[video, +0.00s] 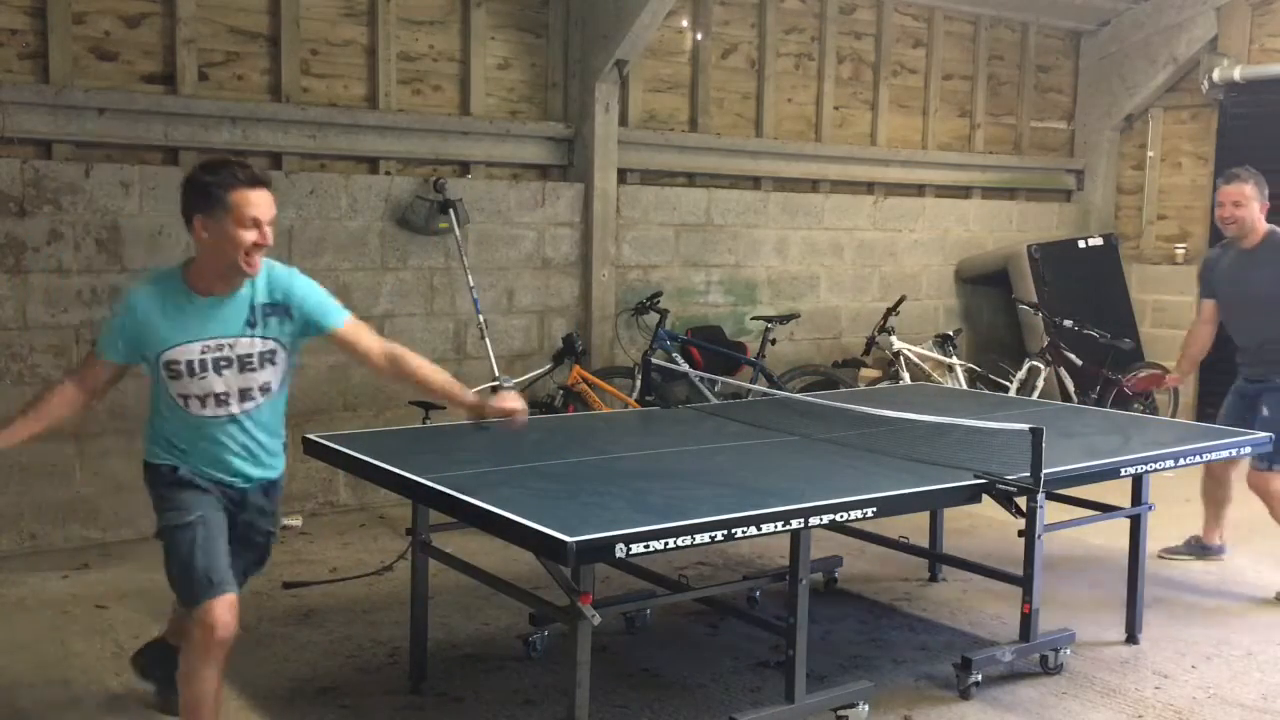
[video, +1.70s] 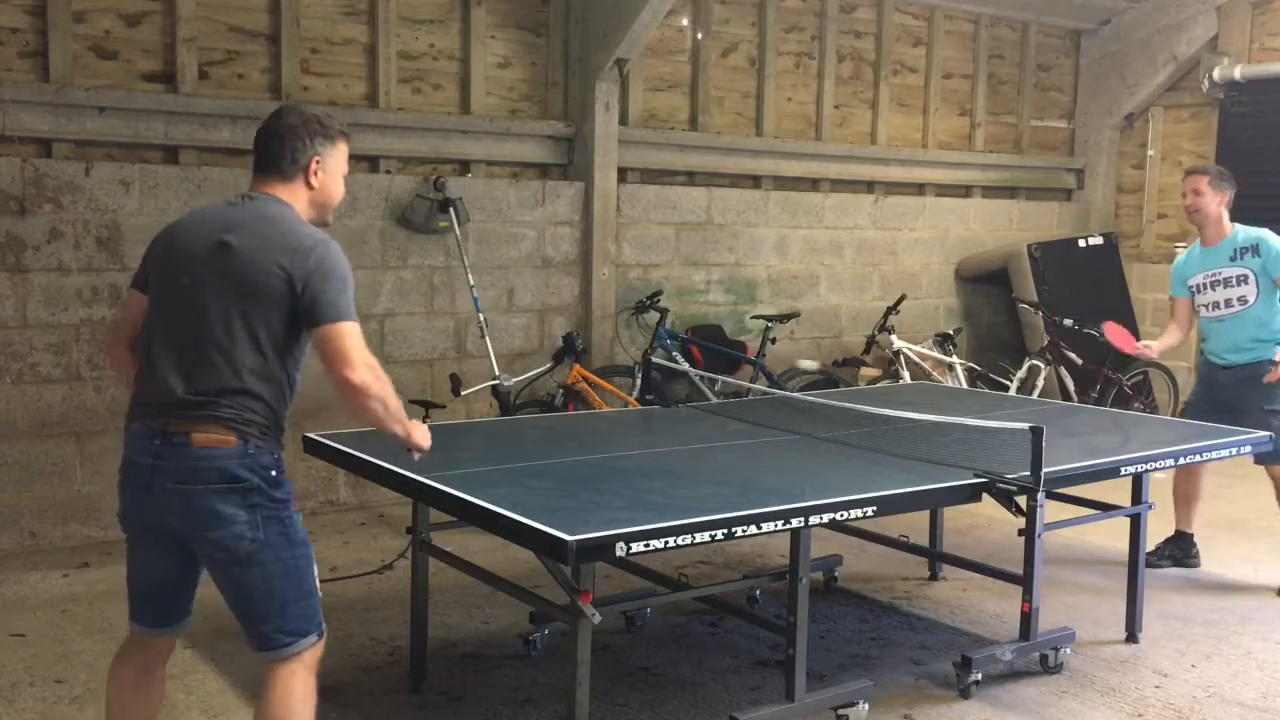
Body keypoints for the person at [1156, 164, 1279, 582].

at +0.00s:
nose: (1226, 213)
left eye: (1236, 204)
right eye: (1220, 205)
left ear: (1262, 207)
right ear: (1215, 209)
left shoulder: (1276, 247)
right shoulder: (1216, 262)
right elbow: (1205, 324)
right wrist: (1179, 372)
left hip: (1278, 381)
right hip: (1248, 379)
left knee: (1263, 476)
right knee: (1218, 459)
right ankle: (1210, 538)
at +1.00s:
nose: (1173, 200)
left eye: (1179, 192)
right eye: (1173, 192)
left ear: (1202, 192)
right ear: (1200, 193)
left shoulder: (1224, 234)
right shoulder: (1204, 233)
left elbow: (1245, 303)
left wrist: (1230, 362)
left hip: (1223, 358)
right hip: (1205, 353)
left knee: (1214, 455)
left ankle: (1244, 555)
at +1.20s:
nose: (1249, 195)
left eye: (1258, 188)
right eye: (1252, 188)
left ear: (1278, 198)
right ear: (1269, 199)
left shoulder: (1276, 253)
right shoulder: (1273, 254)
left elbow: (1243, 305)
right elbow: (1244, 307)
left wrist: (1208, 284)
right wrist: (1206, 283)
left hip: (1273, 374)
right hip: (1268, 372)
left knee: (1235, 448)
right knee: (1233, 448)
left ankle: (1195, 531)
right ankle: (1195, 531)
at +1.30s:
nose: (1225, 200)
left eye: (1234, 193)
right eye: (1229, 192)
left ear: (1261, 200)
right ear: (1253, 201)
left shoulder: (1274, 247)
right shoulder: (1246, 260)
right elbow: (1212, 307)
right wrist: (1159, 299)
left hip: (1271, 375)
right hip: (1251, 376)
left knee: (1223, 459)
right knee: (1219, 457)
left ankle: (1187, 539)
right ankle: (1187, 540)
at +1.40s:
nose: (1207, 203)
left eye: (1215, 197)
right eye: (1209, 196)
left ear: (1244, 203)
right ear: (1232, 204)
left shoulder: (1273, 249)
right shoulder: (1216, 267)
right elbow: (1176, 315)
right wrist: (1113, 322)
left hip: (1273, 380)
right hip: (1233, 379)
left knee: (1276, 471)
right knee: (1202, 452)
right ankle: (1184, 539)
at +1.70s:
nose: (1188, 202)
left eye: (1197, 193)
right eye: (1185, 195)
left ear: (1224, 197)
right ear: (1184, 203)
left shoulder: (1263, 243)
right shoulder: (1184, 264)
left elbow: (1279, 299)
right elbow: (1180, 326)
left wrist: (1279, 360)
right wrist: (1157, 345)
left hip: (1262, 375)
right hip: (1214, 378)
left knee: (1274, 464)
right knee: (1186, 451)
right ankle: (1183, 540)